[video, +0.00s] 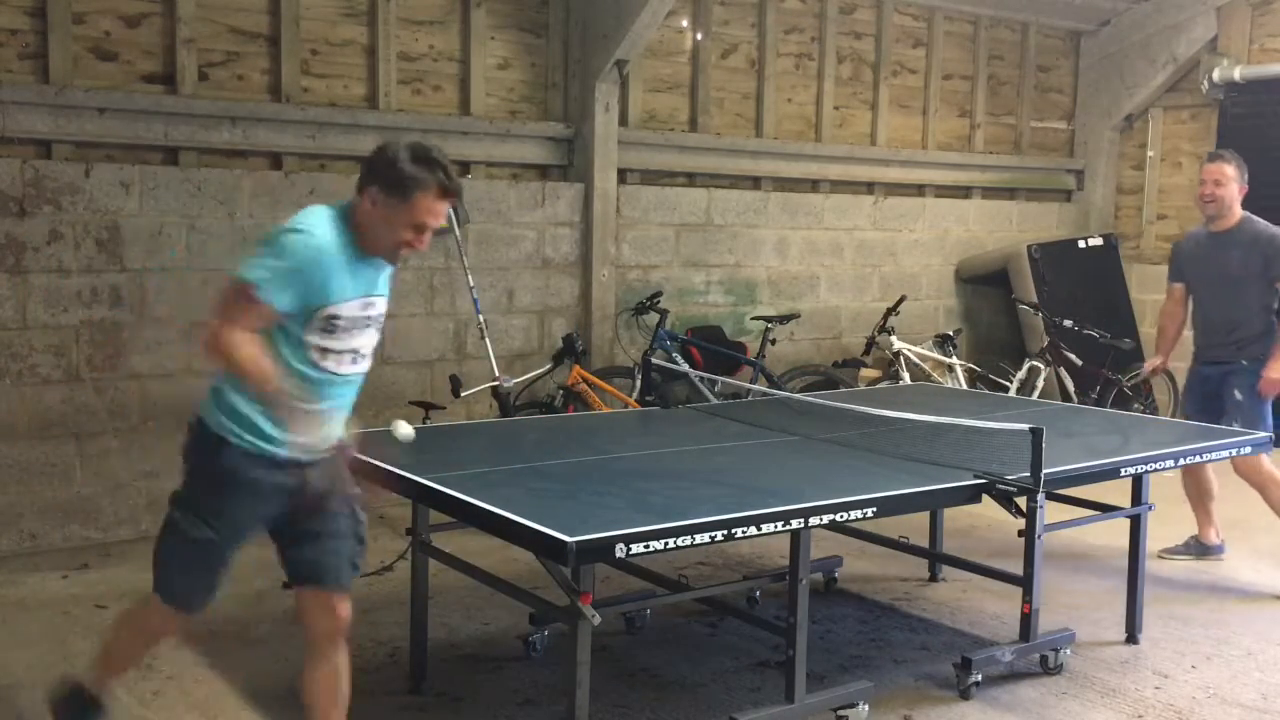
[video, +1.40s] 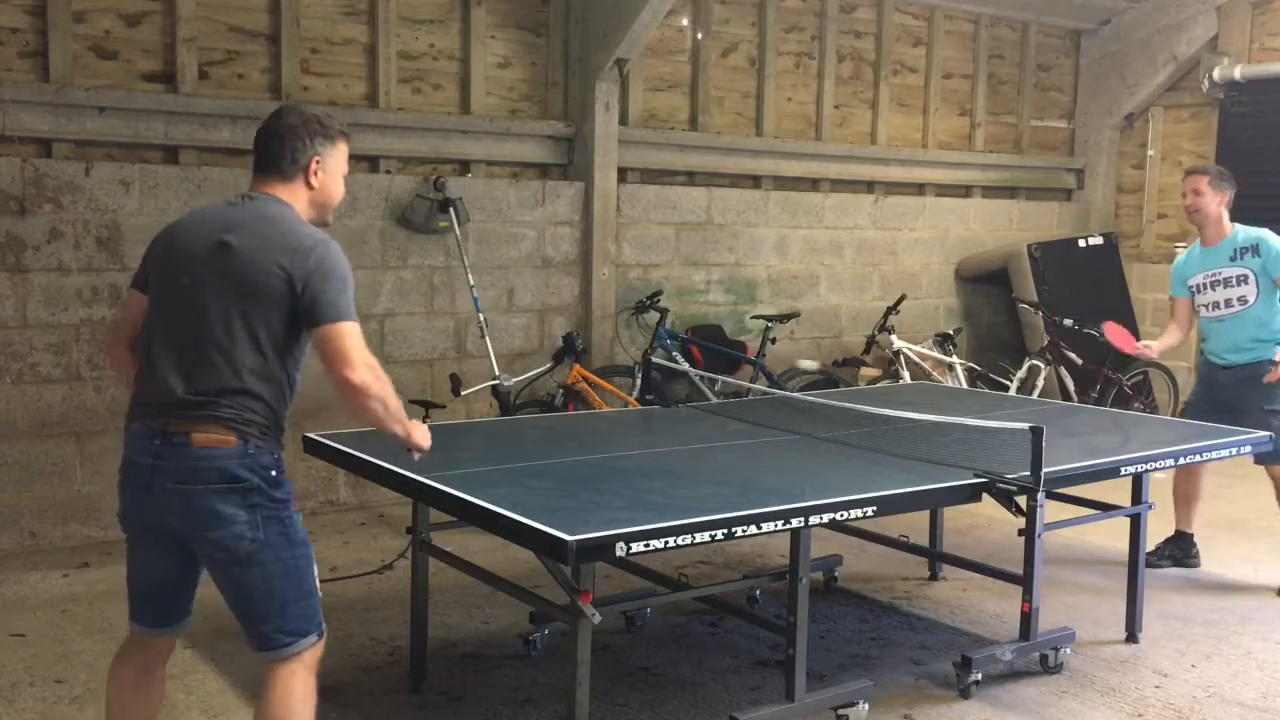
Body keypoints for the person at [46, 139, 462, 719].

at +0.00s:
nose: (422, 245)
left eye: (432, 233)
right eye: (415, 229)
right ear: (370, 203)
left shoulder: (379, 258)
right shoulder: (308, 244)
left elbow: (323, 348)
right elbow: (228, 330)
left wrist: (334, 430)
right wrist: (291, 403)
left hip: (318, 461)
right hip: (240, 453)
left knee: (332, 618)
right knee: (175, 604)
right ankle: (86, 694)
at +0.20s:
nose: (489, 225)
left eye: (492, 211)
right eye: (484, 210)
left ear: (427, 202)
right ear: (441, 205)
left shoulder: (328, 237)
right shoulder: (441, 266)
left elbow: (251, 324)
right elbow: (476, 329)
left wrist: (254, 399)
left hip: (358, 484)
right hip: (307, 482)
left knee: (348, 631)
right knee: (220, 647)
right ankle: (96, 566)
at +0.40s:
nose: (265, 165)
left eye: (267, 150)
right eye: (260, 150)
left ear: (208, 145)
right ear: (222, 145)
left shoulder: (124, 213)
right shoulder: (196, 224)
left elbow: (103, 351)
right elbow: (199, 365)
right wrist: (273, 454)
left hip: (110, 445)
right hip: (167, 451)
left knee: (121, 618)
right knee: (215, 636)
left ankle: (98, 709)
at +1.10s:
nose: (322, 180)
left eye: (322, 165)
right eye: (318, 163)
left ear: (246, 161)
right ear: (287, 165)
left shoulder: (163, 232)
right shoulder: (280, 248)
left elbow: (117, 351)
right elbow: (292, 382)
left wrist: (176, 405)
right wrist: (349, 436)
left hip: (133, 459)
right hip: (209, 469)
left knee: (147, 619)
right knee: (279, 645)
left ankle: (102, 713)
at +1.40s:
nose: (345, 186)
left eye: (346, 171)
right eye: (342, 169)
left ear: (266, 165)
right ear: (312, 170)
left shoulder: (179, 232)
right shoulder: (312, 251)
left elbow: (122, 342)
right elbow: (353, 372)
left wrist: (159, 413)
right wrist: (402, 426)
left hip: (146, 461)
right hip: (231, 468)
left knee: (148, 637)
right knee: (297, 647)